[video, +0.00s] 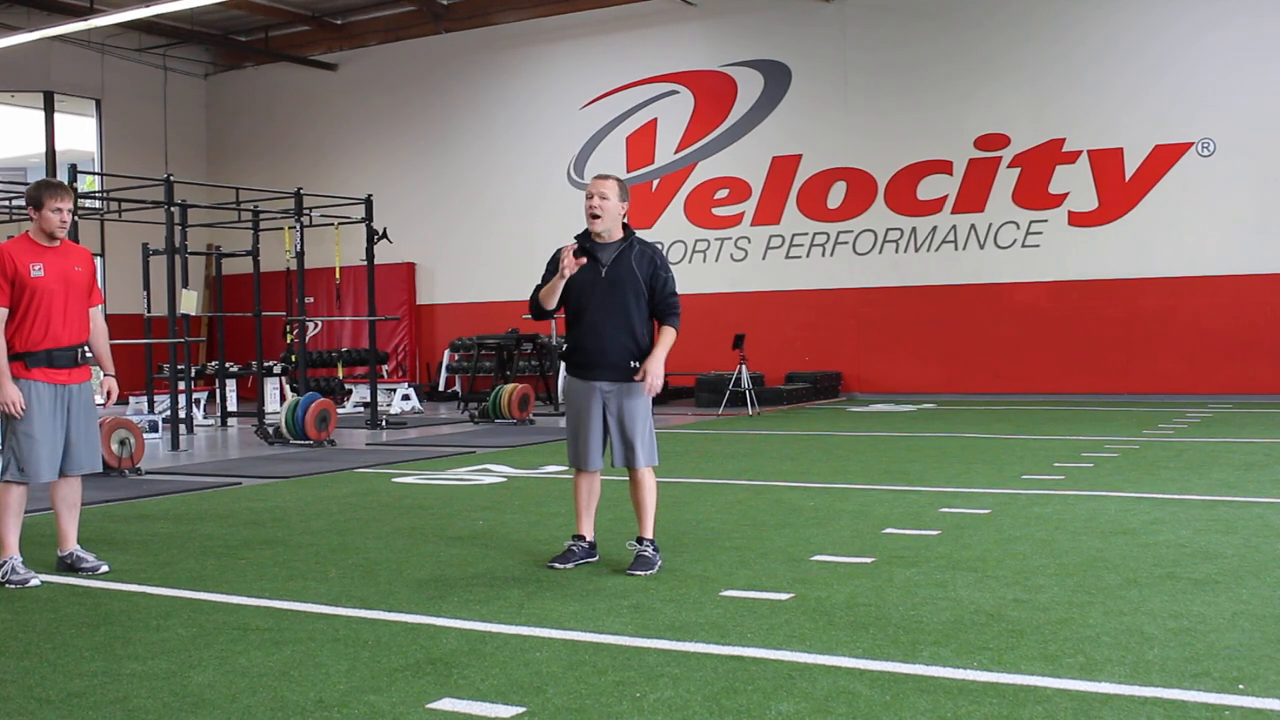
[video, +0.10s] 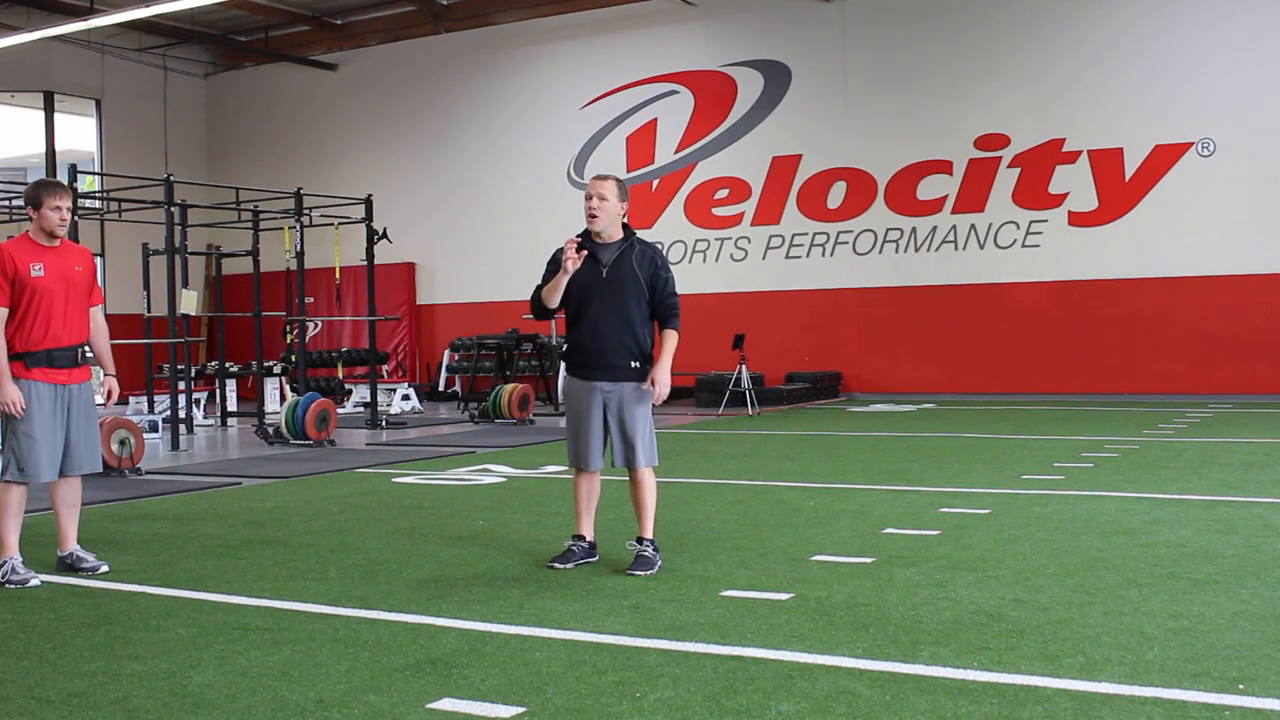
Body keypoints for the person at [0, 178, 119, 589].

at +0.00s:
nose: (65, 218)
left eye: (69, 211)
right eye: (56, 211)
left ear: (72, 213)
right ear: (33, 212)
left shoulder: (83, 257)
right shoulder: (10, 254)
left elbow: (95, 321)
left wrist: (109, 371)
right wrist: (5, 381)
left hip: (76, 376)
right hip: (28, 378)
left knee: (71, 466)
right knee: (18, 472)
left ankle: (69, 550)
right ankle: (10, 559)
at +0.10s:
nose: (64, 216)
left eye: (68, 209)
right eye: (56, 209)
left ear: (71, 213)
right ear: (33, 212)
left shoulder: (84, 257)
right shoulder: (10, 254)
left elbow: (96, 320)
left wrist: (110, 371)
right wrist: (4, 381)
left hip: (76, 377)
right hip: (28, 378)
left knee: (71, 466)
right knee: (18, 472)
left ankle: (69, 550)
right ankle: (10, 559)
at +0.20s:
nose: (64, 215)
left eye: (68, 208)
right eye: (55, 208)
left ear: (71, 211)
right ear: (32, 211)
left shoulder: (83, 257)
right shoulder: (10, 254)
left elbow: (96, 319)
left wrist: (110, 370)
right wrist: (5, 381)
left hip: (75, 376)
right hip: (28, 378)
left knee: (71, 466)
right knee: (19, 472)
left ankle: (69, 550)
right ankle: (10, 559)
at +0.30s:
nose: (64, 214)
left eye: (67, 207)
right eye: (55, 207)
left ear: (70, 211)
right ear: (32, 211)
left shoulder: (84, 257)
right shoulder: (10, 254)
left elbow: (96, 319)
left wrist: (111, 370)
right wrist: (5, 380)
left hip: (75, 377)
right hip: (28, 378)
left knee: (71, 466)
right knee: (19, 472)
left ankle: (69, 551)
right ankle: (10, 559)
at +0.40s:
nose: (64, 213)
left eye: (67, 206)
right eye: (54, 206)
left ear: (70, 211)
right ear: (32, 211)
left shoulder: (84, 257)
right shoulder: (11, 254)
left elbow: (96, 319)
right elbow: (0, 325)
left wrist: (111, 370)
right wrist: (6, 380)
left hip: (76, 376)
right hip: (28, 378)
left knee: (71, 466)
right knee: (19, 472)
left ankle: (69, 551)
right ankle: (10, 559)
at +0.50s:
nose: (64, 213)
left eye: (67, 206)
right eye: (54, 206)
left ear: (70, 210)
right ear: (32, 211)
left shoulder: (84, 257)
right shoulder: (10, 255)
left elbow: (96, 318)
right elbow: (0, 325)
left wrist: (111, 369)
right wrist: (6, 380)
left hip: (76, 377)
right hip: (29, 378)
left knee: (71, 466)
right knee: (19, 473)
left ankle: (69, 551)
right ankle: (10, 559)